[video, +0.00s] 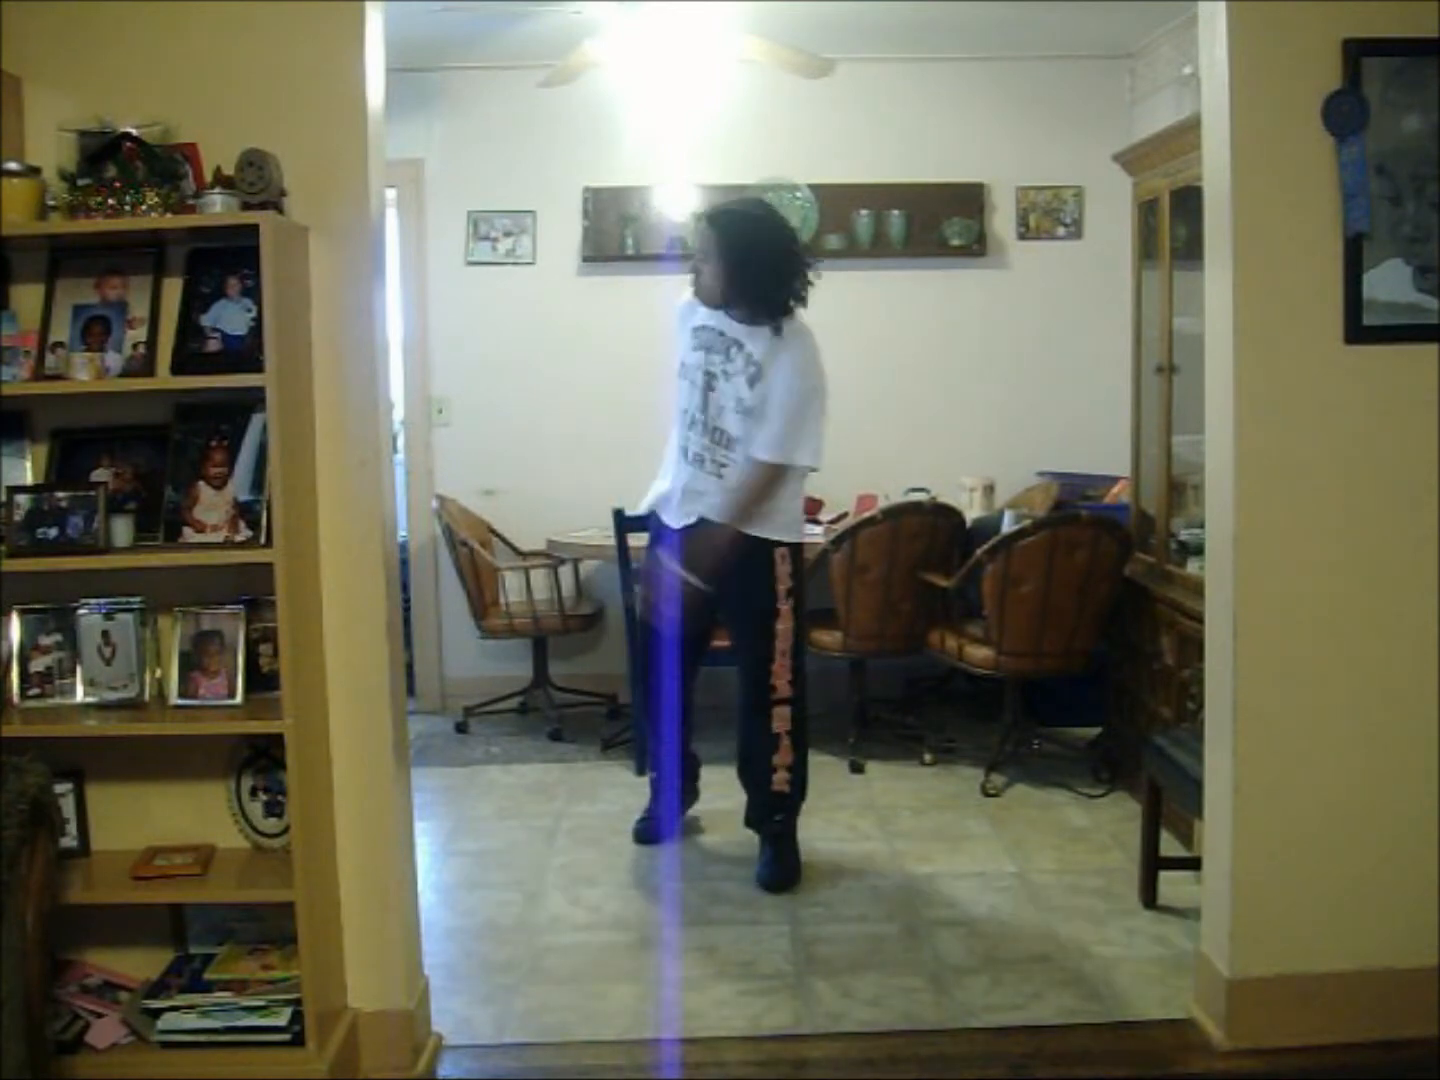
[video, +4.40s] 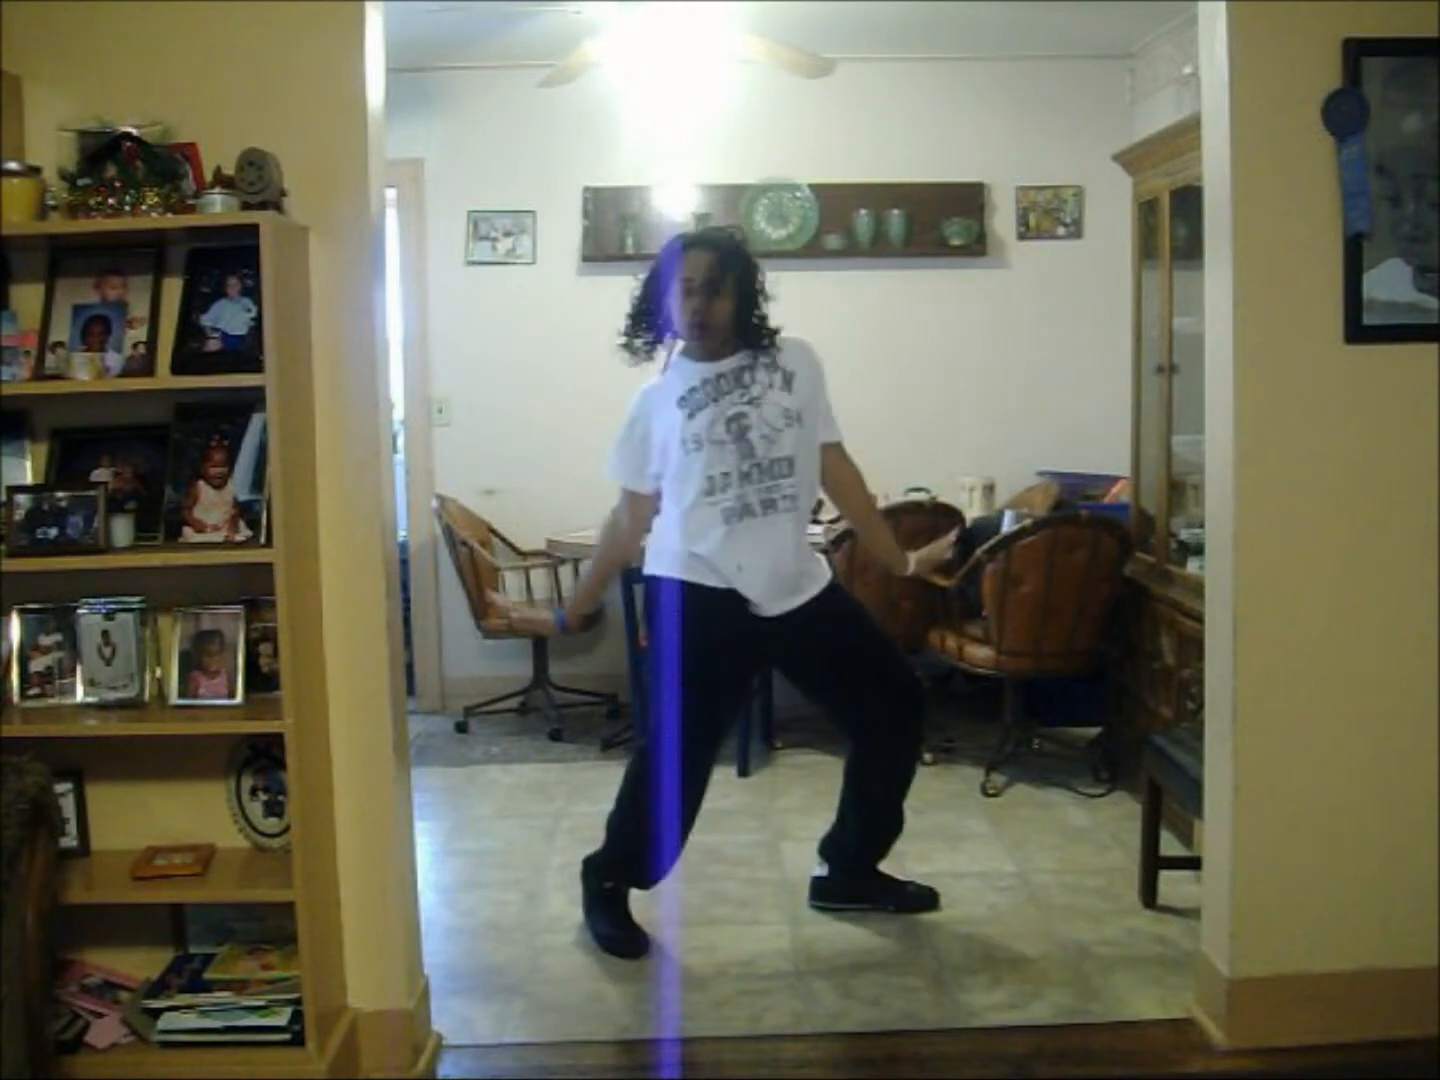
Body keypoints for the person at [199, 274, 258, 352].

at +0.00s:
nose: (233, 289)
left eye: (235, 285)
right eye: (230, 286)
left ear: (240, 287)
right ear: (225, 288)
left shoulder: (247, 304)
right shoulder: (221, 304)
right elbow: (205, 320)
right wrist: (210, 335)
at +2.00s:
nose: (233, 289)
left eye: (235, 285)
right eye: (230, 286)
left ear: (240, 287)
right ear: (226, 288)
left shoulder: (248, 304)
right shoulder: (221, 304)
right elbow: (205, 320)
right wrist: (210, 335)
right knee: (212, 341)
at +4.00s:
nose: (234, 289)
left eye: (236, 286)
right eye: (231, 286)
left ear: (240, 287)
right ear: (226, 289)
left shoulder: (247, 303)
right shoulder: (221, 304)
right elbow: (206, 320)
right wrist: (211, 335)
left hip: (244, 338)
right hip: (226, 337)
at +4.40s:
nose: (232, 288)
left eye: (235, 285)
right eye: (230, 285)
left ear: (240, 287)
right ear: (226, 287)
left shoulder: (246, 303)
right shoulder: (221, 303)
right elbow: (205, 320)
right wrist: (211, 335)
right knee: (211, 342)